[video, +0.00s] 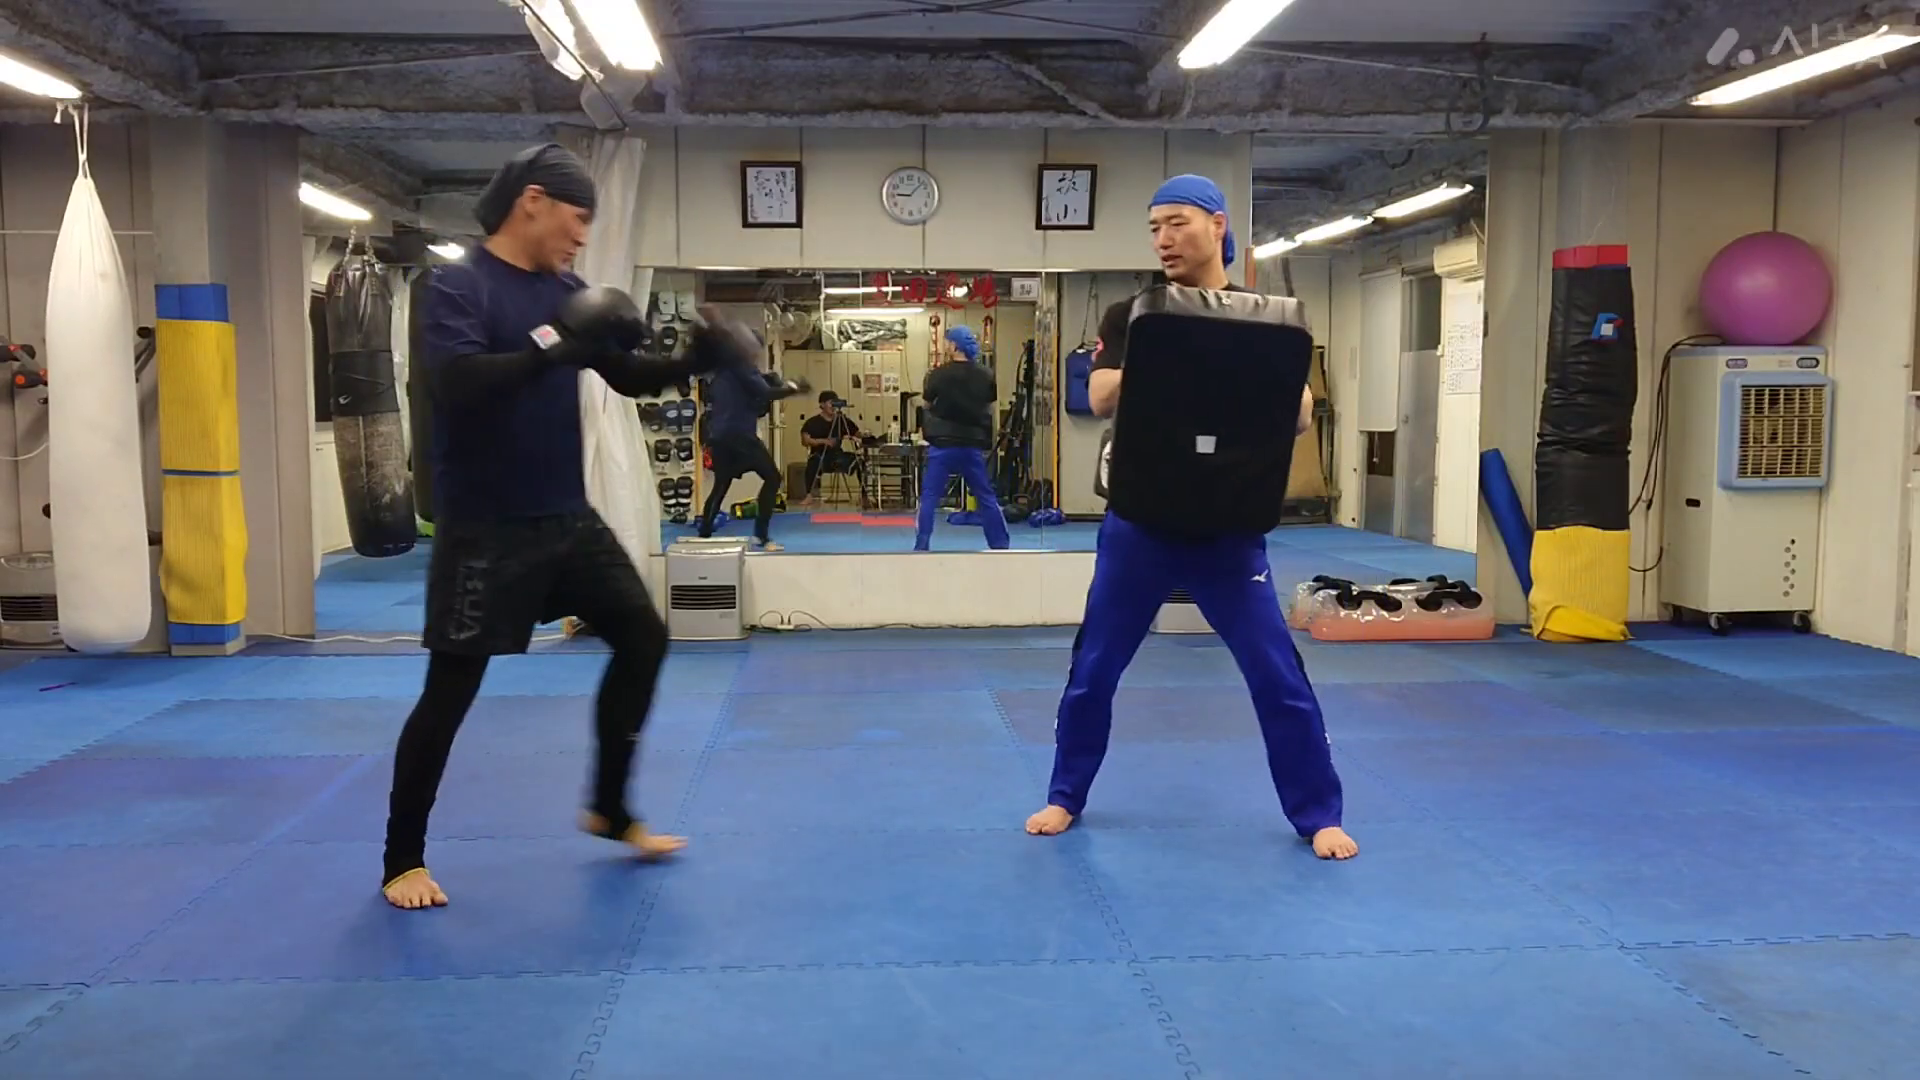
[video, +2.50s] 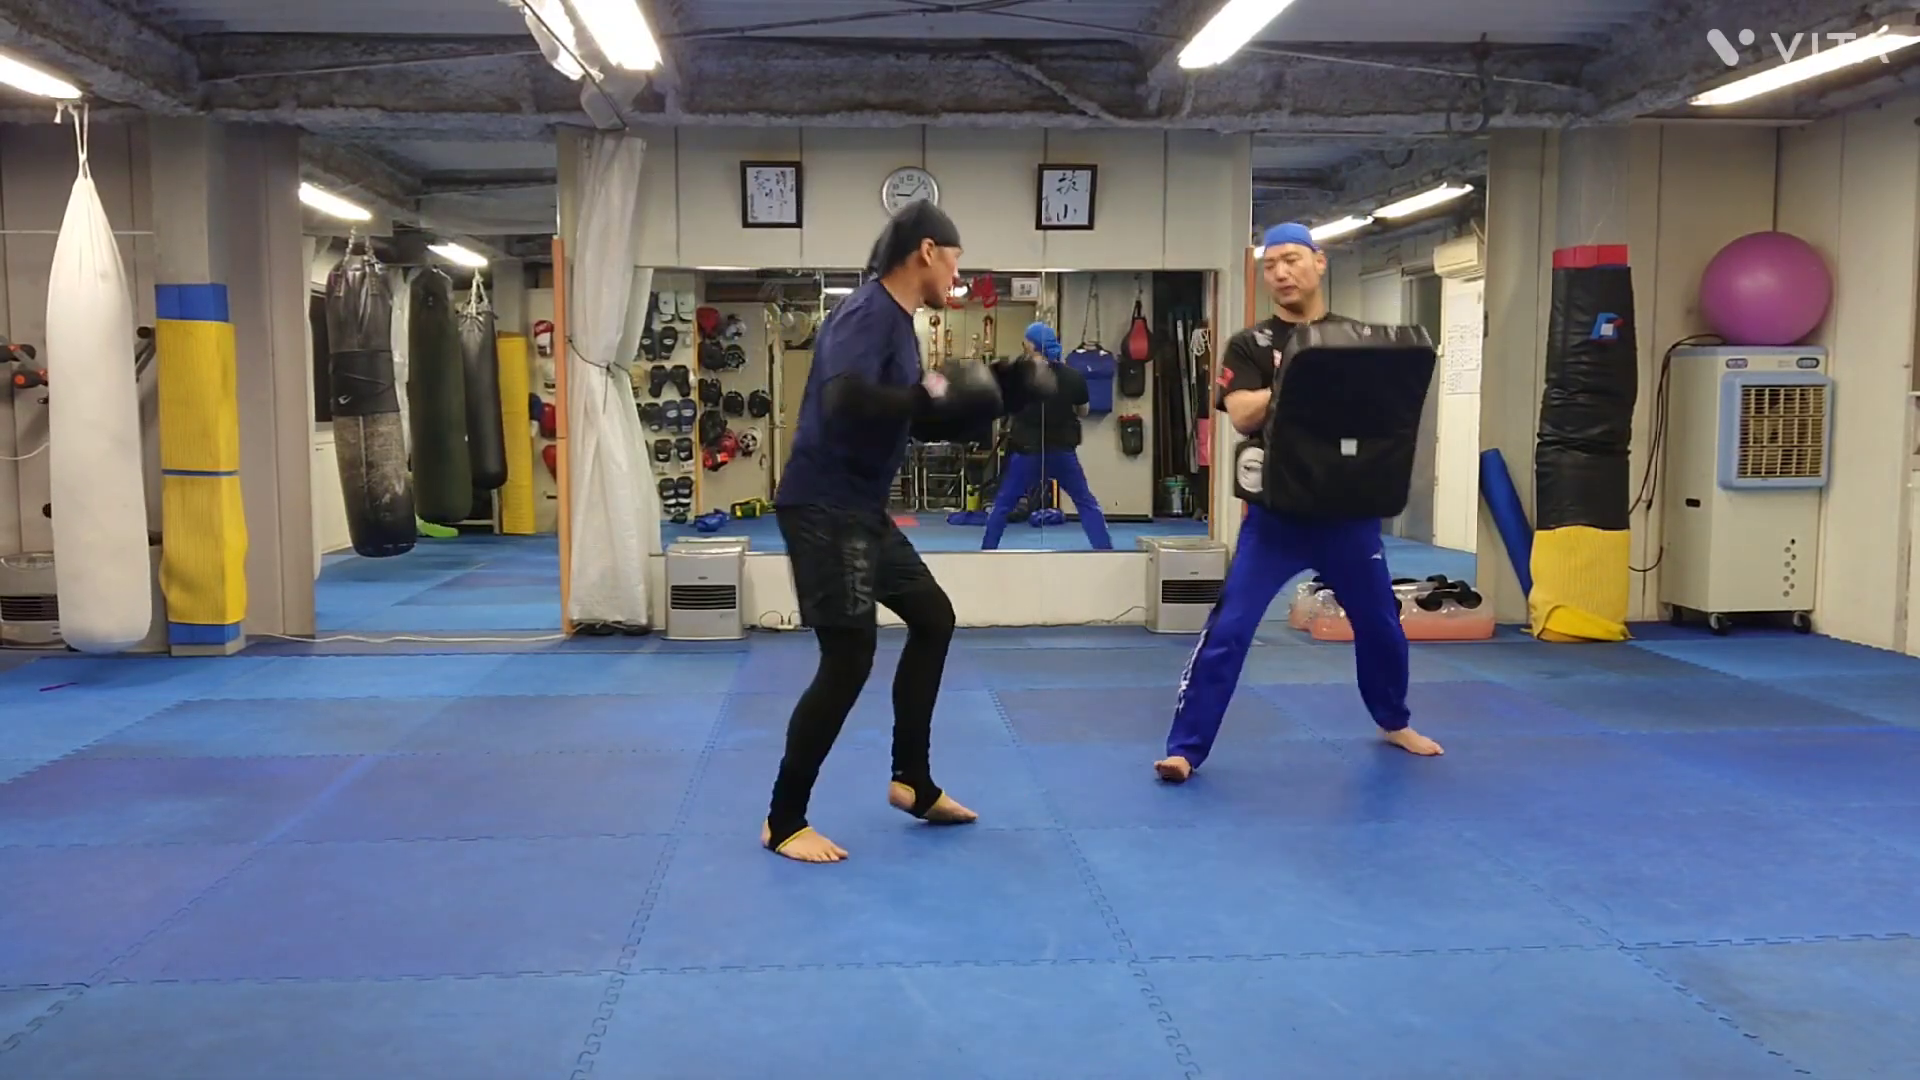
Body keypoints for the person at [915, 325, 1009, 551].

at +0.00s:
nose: (945, 347)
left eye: (947, 343)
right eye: (946, 342)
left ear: (954, 346)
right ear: (970, 347)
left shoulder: (941, 373)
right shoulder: (985, 375)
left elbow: (928, 395)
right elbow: (991, 398)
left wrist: (936, 372)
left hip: (943, 443)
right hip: (973, 443)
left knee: (930, 496)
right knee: (985, 495)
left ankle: (921, 545)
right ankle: (1000, 545)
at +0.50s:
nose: (940, 349)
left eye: (942, 346)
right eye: (941, 345)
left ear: (951, 349)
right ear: (966, 349)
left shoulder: (935, 378)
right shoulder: (981, 377)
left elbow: (925, 413)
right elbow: (987, 406)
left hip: (940, 445)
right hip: (971, 444)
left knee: (928, 497)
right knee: (980, 492)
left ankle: (921, 546)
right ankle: (1000, 543)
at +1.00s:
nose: (956, 347)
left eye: (958, 344)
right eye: (958, 343)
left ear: (964, 348)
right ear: (982, 346)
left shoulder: (951, 375)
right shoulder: (998, 376)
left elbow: (940, 406)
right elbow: (1007, 410)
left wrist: (957, 416)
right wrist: (993, 425)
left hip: (953, 447)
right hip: (984, 447)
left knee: (935, 498)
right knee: (1003, 497)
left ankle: (921, 546)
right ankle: (1019, 543)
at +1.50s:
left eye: (990, 339)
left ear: (991, 342)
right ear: (1013, 340)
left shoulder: (981, 367)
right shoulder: (1027, 369)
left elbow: (972, 400)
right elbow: (1038, 400)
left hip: (990, 441)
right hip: (1019, 440)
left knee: (987, 497)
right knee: (1030, 495)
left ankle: (989, 549)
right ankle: (1036, 547)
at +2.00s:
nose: (999, 349)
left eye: (1001, 344)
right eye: (1000, 344)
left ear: (1010, 346)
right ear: (1025, 345)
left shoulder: (996, 376)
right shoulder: (1046, 375)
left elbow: (985, 418)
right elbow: (1056, 413)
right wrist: (1054, 445)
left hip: (999, 449)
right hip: (1034, 448)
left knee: (989, 499)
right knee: (1046, 498)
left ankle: (984, 549)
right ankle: (1062, 549)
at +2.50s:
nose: (1023, 349)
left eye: (1025, 344)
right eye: (1024, 344)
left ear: (1034, 346)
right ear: (1051, 344)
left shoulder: (1020, 373)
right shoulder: (1071, 375)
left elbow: (1008, 408)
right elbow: (1083, 410)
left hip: (1026, 449)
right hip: (1061, 450)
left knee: (1004, 503)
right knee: (1084, 500)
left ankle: (986, 552)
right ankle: (1106, 552)